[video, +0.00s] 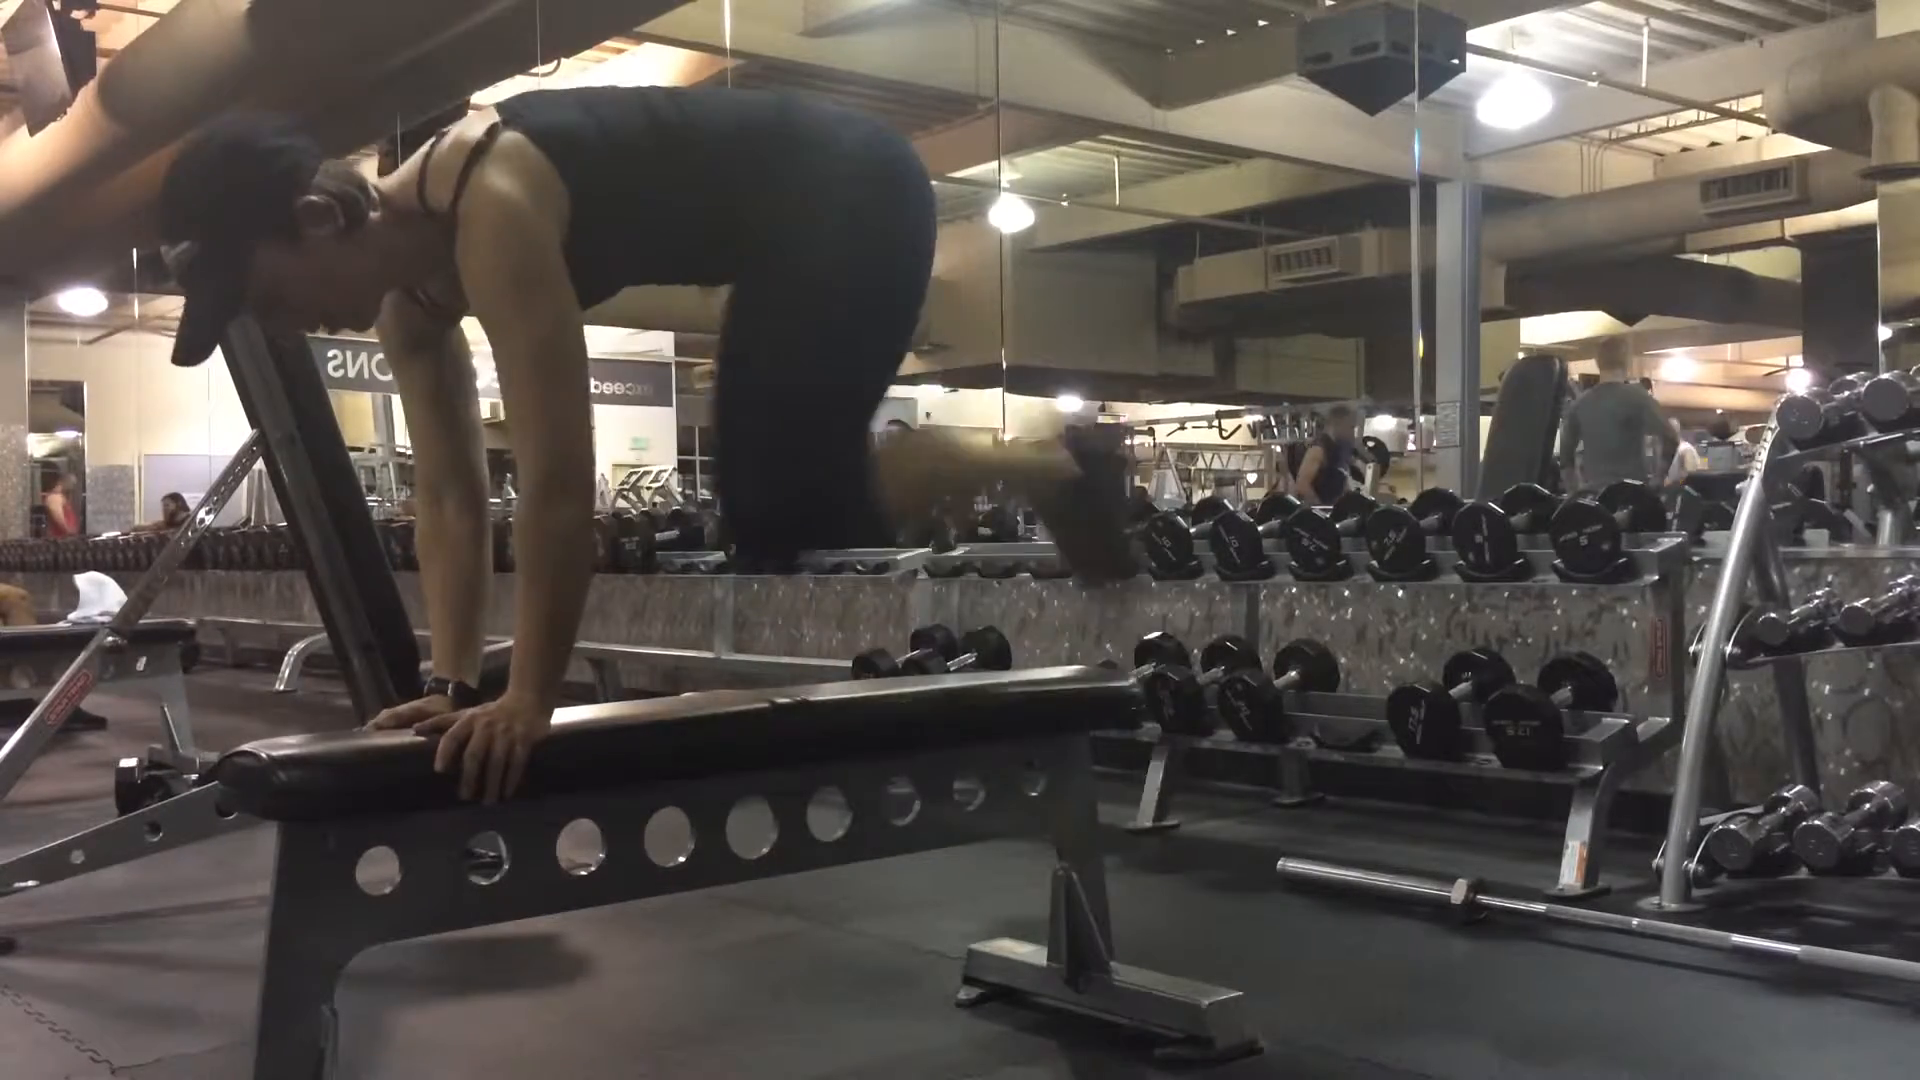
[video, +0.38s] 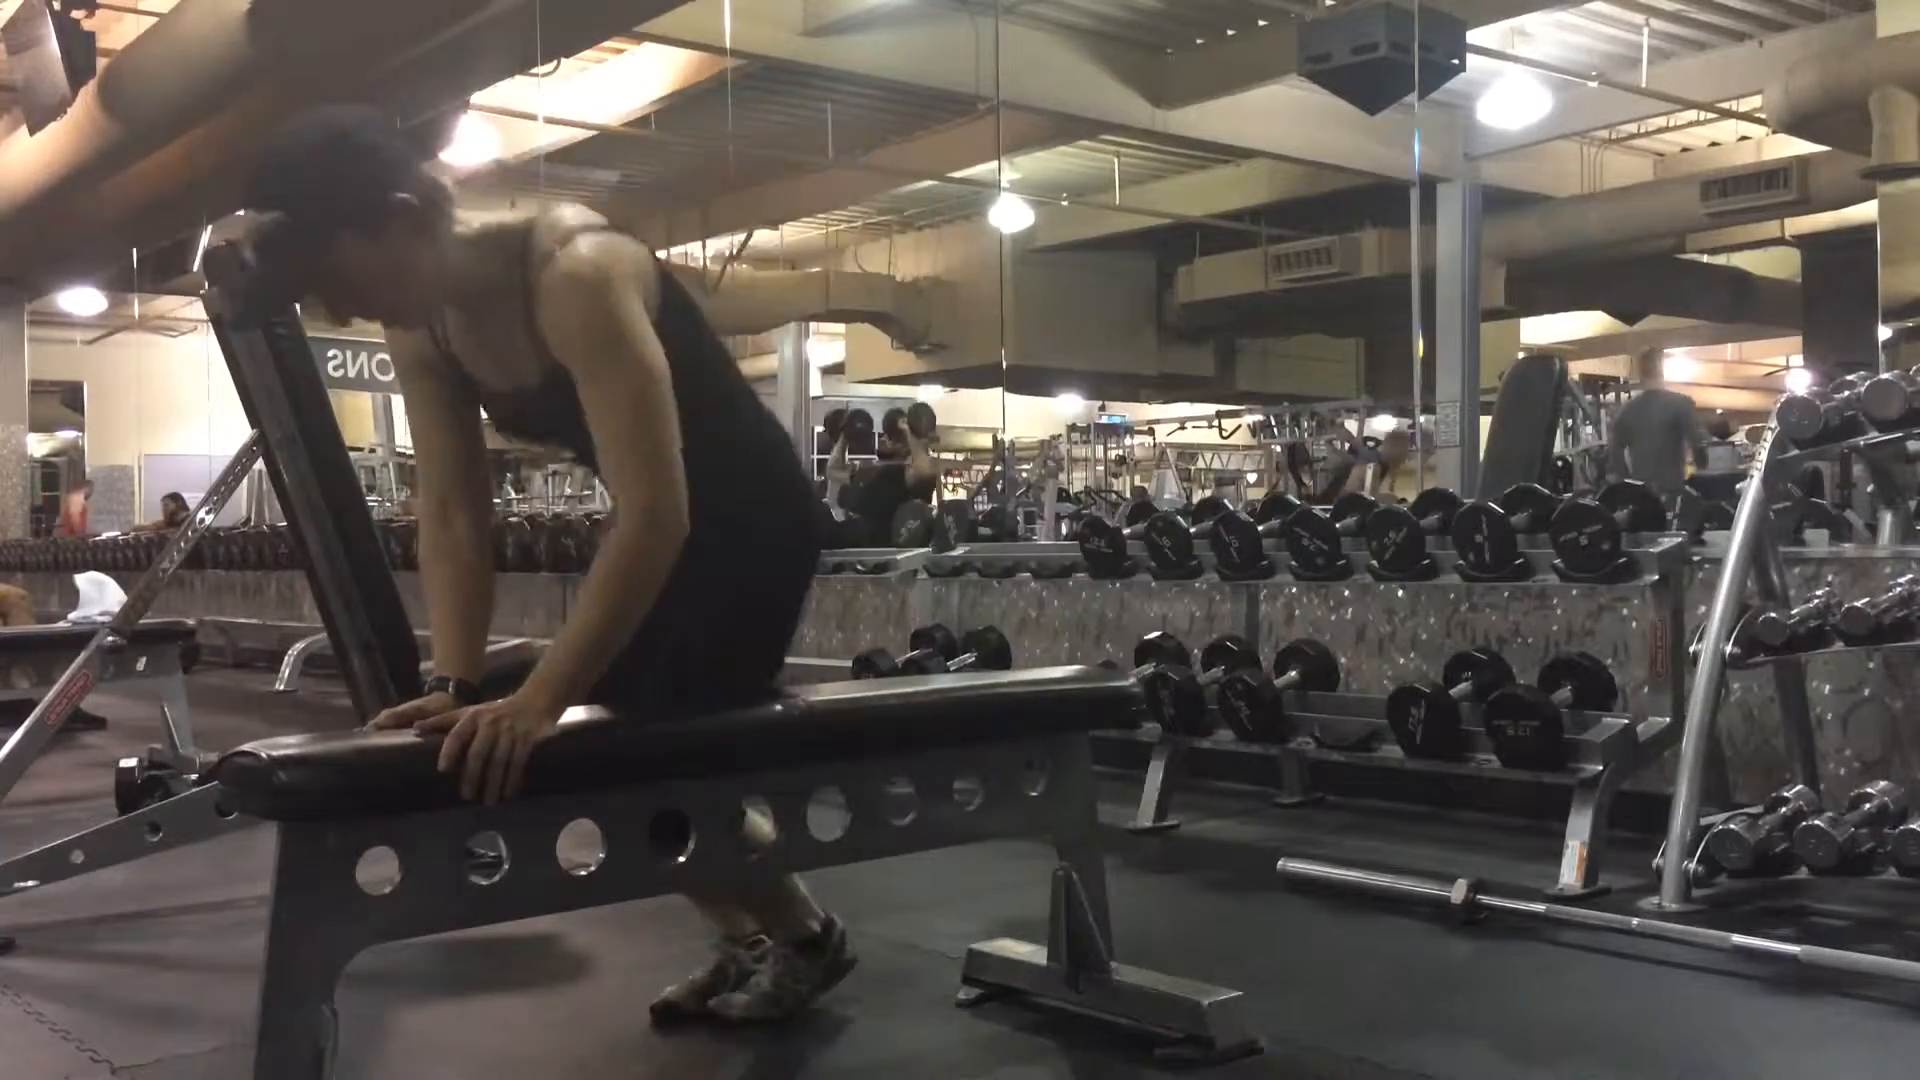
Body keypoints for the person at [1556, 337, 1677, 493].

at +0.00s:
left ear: (1598, 363)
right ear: (1627, 362)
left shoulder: (1582, 403)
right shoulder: (1637, 397)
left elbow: (1566, 455)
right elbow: (1670, 438)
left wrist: (1573, 492)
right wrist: (1659, 478)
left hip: (1596, 489)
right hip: (1633, 487)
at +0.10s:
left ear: (1609, 368)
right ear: (1636, 366)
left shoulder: (1594, 405)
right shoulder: (1652, 400)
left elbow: (1577, 455)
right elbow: (1683, 441)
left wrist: (1580, 488)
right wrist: (1668, 478)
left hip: (1606, 492)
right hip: (1643, 490)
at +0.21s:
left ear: (1618, 377)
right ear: (1645, 373)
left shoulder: (1608, 409)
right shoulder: (1662, 404)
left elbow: (1589, 458)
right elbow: (1688, 450)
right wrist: (1672, 484)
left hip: (1616, 492)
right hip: (1652, 492)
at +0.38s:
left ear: (1641, 374)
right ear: (1662, 371)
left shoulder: (1630, 409)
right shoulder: (1681, 403)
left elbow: (1616, 449)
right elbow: (1696, 438)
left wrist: (1625, 480)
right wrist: (1701, 464)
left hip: (1641, 487)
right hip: (1673, 484)